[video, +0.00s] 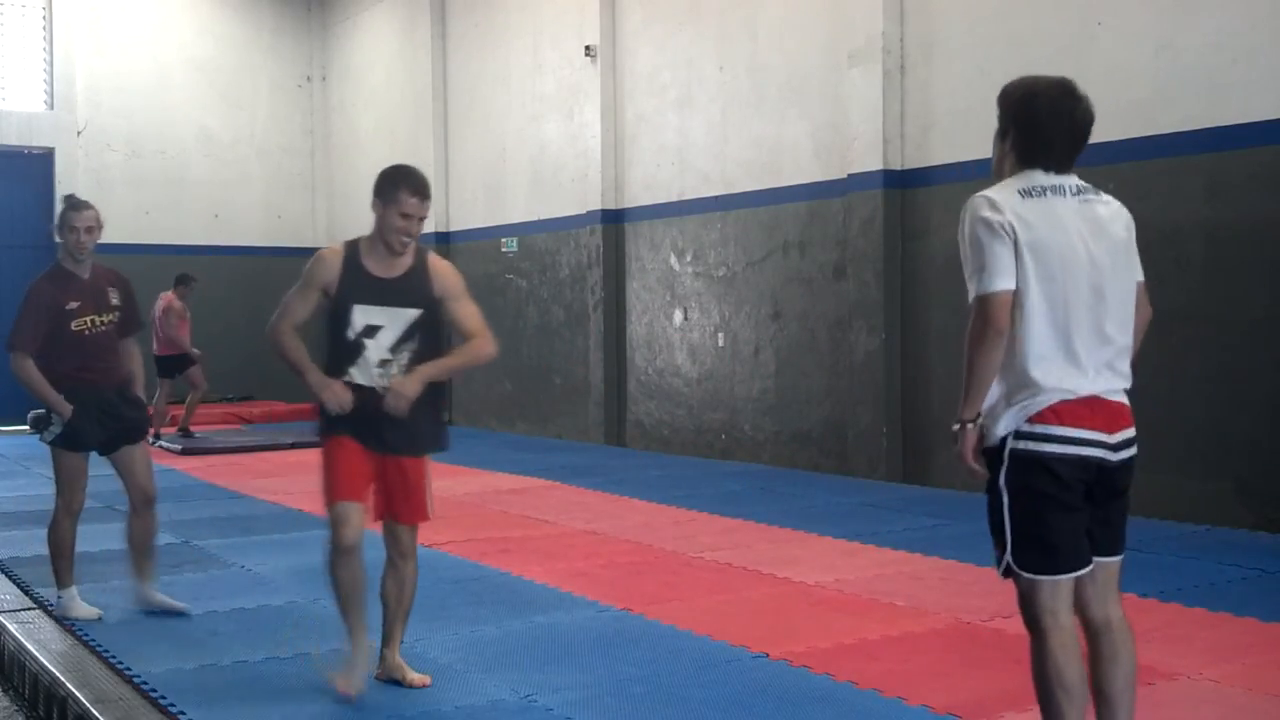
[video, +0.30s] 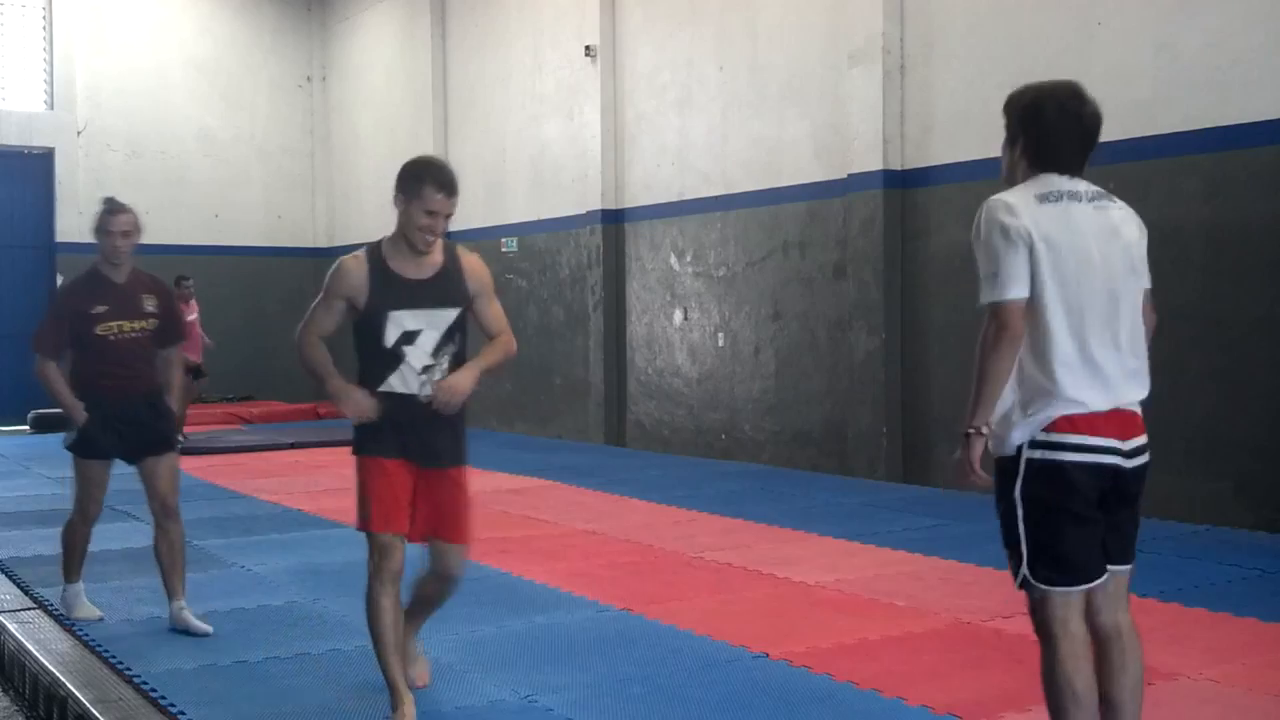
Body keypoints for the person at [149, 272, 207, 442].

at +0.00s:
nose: (190, 293)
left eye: (191, 289)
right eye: (189, 289)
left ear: (177, 287)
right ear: (181, 287)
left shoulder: (163, 299)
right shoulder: (174, 304)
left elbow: (156, 324)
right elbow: (171, 331)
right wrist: (189, 349)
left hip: (161, 354)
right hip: (178, 354)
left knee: (163, 391)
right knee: (199, 386)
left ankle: (156, 432)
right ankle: (184, 426)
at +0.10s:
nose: (190, 292)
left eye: (190, 289)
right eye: (188, 289)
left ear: (183, 289)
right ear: (178, 288)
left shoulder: (183, 303)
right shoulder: (169, 305)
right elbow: (165, 334)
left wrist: (189, 350)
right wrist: (183, 352)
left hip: (180, 354)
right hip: (171, 355)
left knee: (166, 394)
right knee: (193, 390)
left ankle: (153, 427)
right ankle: (181, 428)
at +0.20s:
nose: (191, 291)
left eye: (192, 288)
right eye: (187, 288)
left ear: (191, 288)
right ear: (177, 289)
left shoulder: (188, 303)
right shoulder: (171, 308)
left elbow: (189, 325)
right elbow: (165, 337)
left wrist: (201, 335)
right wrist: (180, 356)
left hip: (190, 356)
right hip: (179, 358)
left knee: (177, 395)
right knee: (189, 393)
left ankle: (159, 423)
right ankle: (179, 431)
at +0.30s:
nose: (190, 290)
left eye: (191, 287)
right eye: (186, 287)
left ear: (194, 288)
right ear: (177, 290)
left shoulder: (193, 304)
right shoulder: (175, 308)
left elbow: (195, 326)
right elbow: (173, 337)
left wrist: (204, 338)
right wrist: (183, 357)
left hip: (196, 358)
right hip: (182, 358)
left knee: (189, 395)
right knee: (181, 396)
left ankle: (179, 429)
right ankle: (177, 430)